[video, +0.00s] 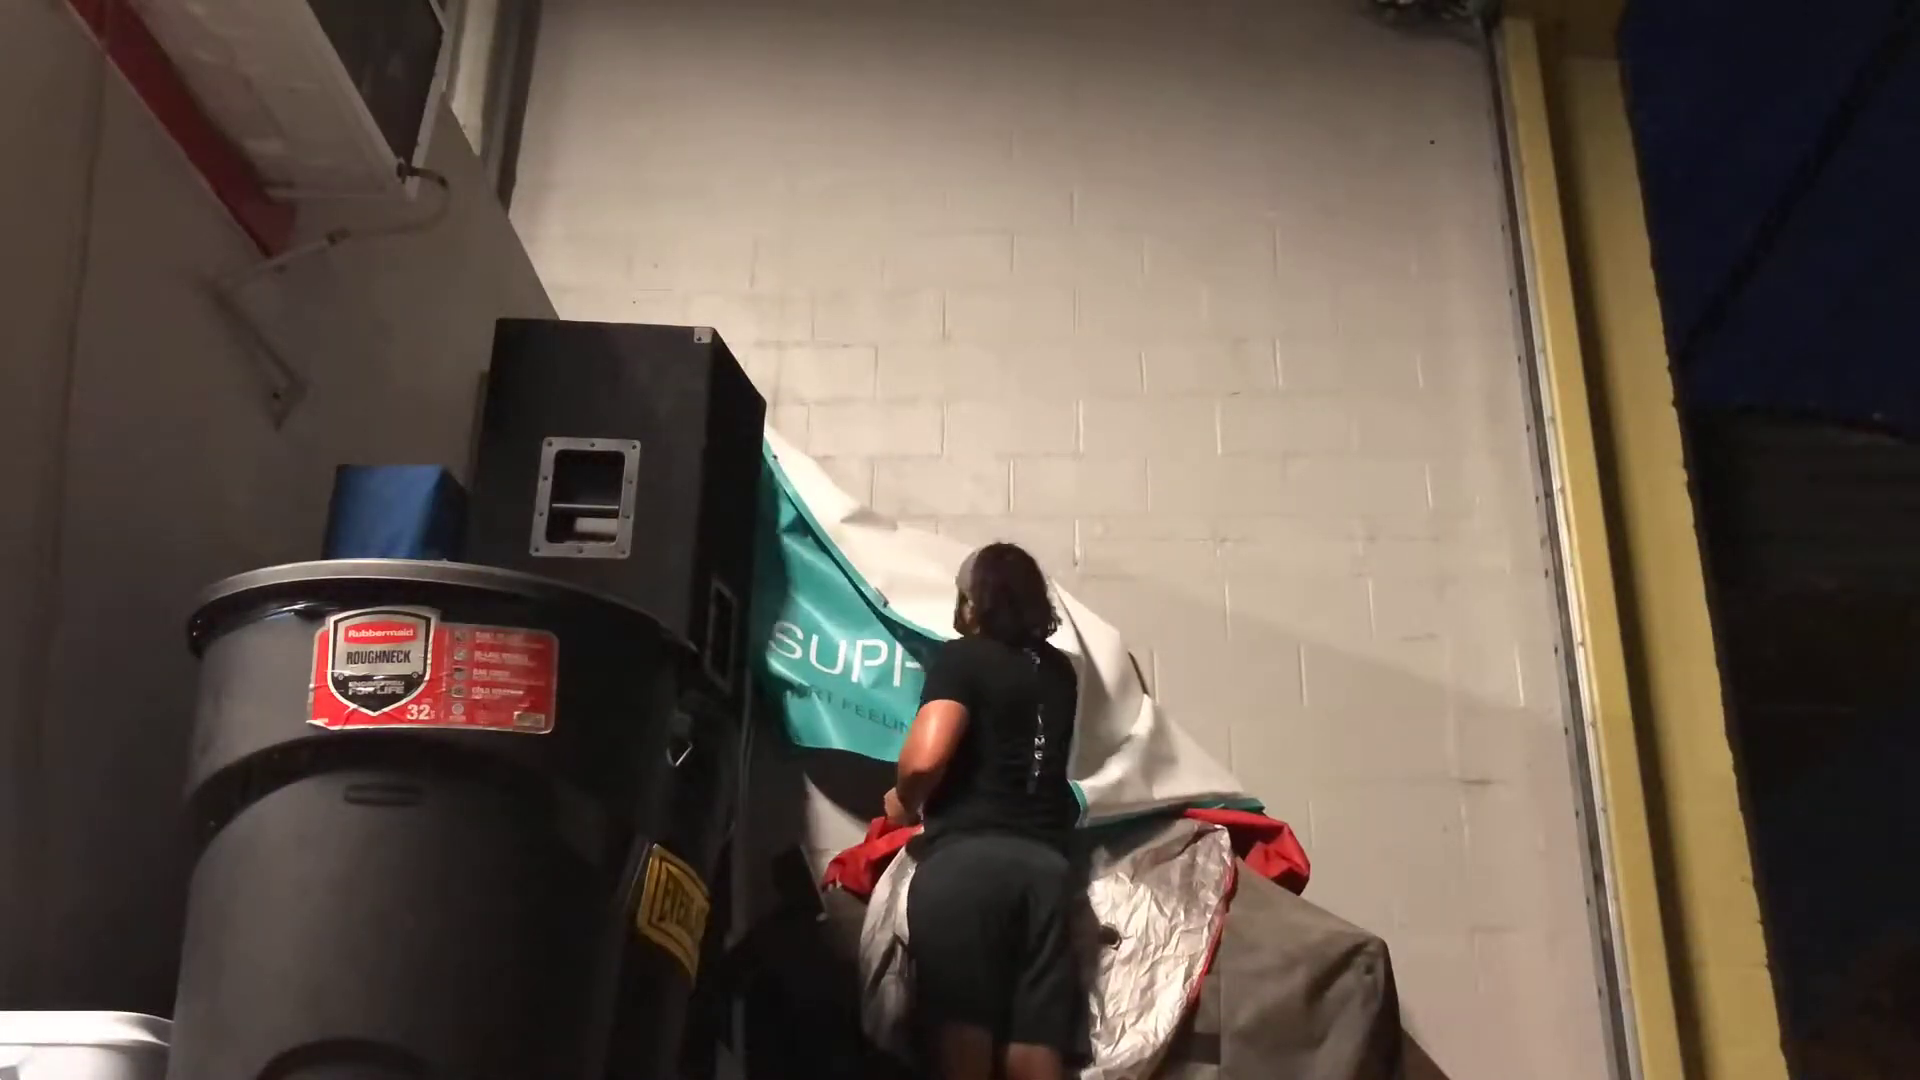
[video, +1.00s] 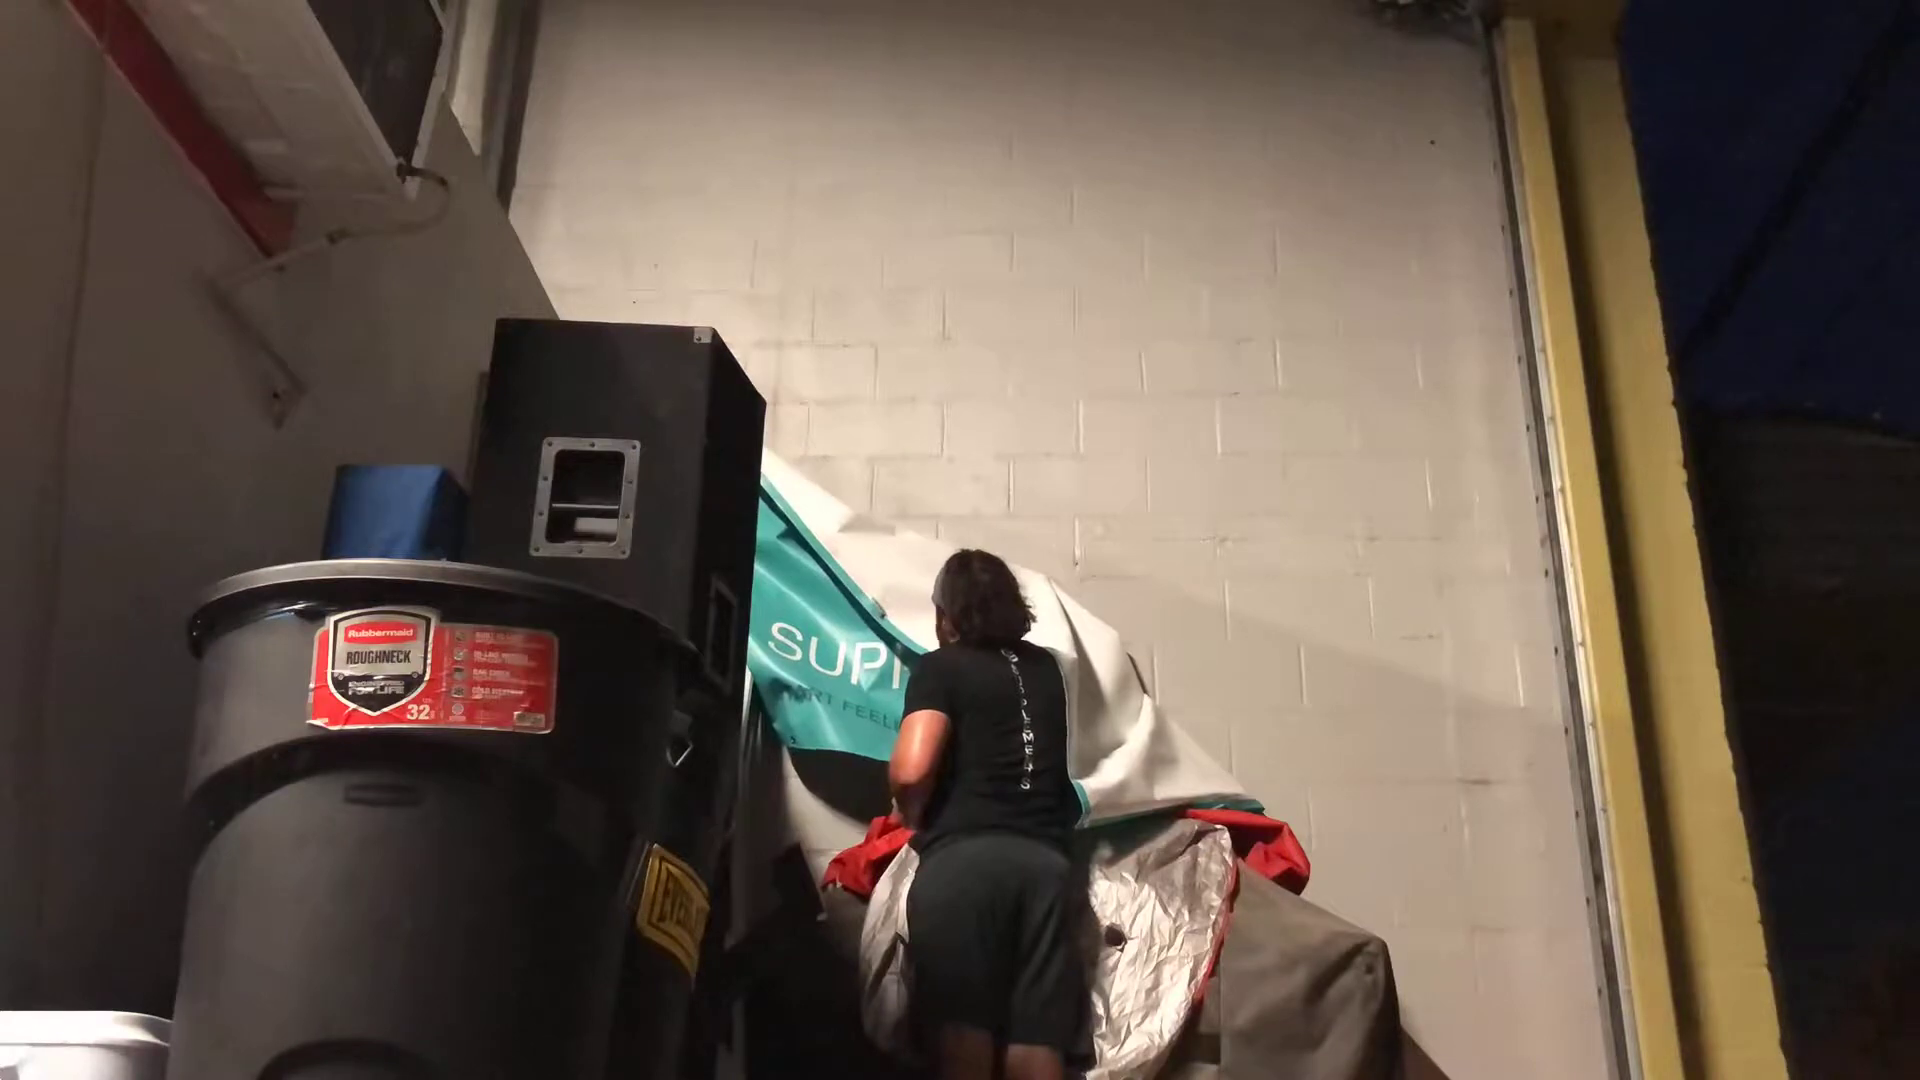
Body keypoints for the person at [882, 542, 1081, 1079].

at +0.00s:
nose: (957, 605)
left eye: (961, 596)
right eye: (961, 595)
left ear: (972, 602)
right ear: (1038, 604)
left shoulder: (962, 658)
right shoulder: (1063, 672)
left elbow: (923, 762)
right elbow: (1044, 764)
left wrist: (903, 803)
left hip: (966, 856)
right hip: (1047, 862)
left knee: (962, 1041)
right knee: (1037, 1047)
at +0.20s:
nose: (939, 628)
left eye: (941, 616)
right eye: (940, 616)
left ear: (952, 620)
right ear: (1016, 617)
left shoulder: (940, 664)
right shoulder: (1051, 670)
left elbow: (907, 763)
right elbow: (1048, 764)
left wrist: (920, 828)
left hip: (963, 858)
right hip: (1049, 864)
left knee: (962, 1041)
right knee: (1038, 1046)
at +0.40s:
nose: (948, 609)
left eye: (951, 600)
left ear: (953, 607)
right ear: (1020, 607)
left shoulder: (939, 666)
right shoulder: (1051, 670)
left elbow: (908, 767)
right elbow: (1051, 763)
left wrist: (916, 822)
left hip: (964, 857)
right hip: (1048, 862)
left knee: (962, 1037)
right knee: (1038, 1044)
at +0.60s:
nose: (941, 618)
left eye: (943, 608)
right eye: (943, 608)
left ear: (952, 614)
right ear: (1015, 611)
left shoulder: (940, 666)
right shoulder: (1049, 669)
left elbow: (910, 767)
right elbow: (1046, 762)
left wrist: (913, 822)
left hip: (963, 855)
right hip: (1047, 861)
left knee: (962, 1037)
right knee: (1039, 1043)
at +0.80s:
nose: (933, 626)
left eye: (934, 614)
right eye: (934, 614)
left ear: (949, 619)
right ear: (1011, 613)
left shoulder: (938, 666)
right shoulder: (1046, 667)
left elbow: (910, 770)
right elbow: (1047, 762)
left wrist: (911, 819)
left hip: (965, 855)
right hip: (1048, 861)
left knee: (963, 1038)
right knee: (1039, 1045)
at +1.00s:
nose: (935, 619)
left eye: (937, 609)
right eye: (937, 608)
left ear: (947, 615)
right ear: (1012, 609)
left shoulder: (940, 666)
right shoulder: (1047, 667)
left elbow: (911, 768)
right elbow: (1048, 762)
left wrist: (911, 819)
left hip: (964, 855)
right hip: (1047, 861)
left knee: (963, 1038)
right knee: (1038, 1044)